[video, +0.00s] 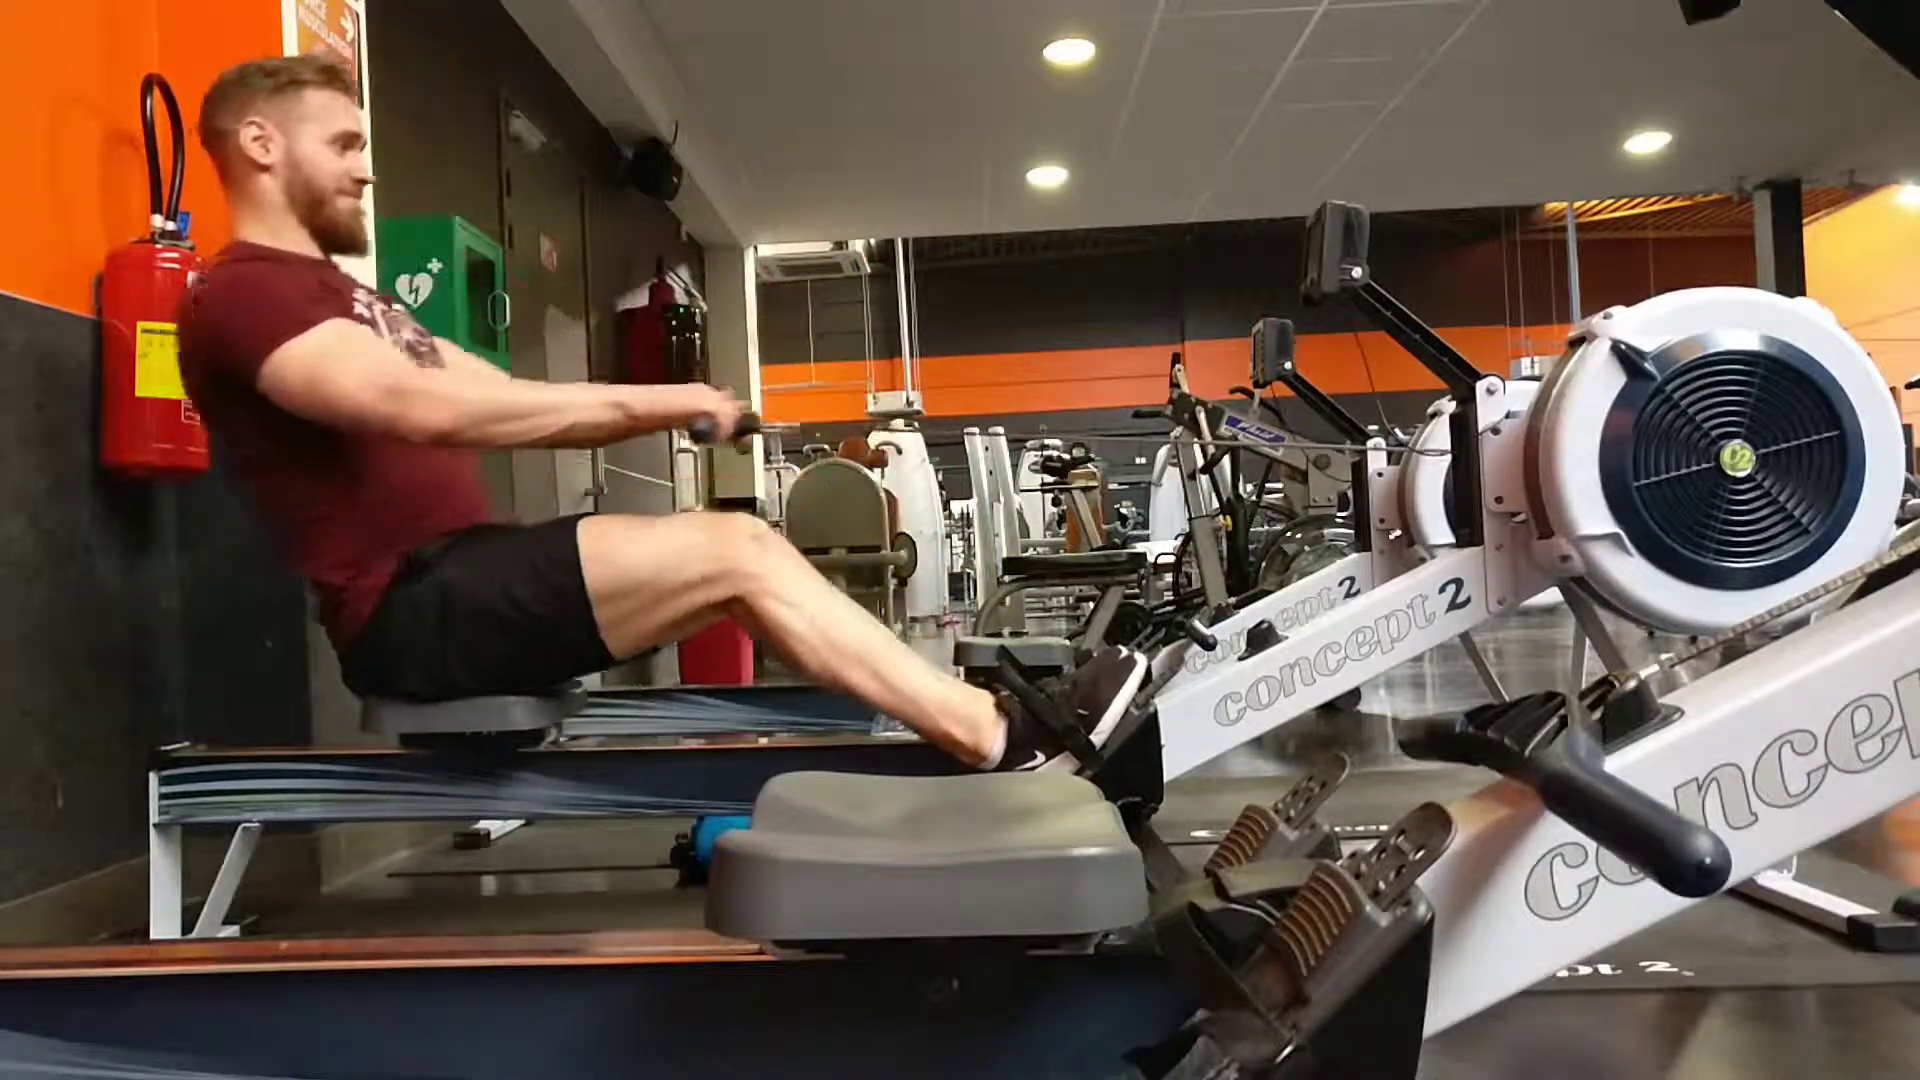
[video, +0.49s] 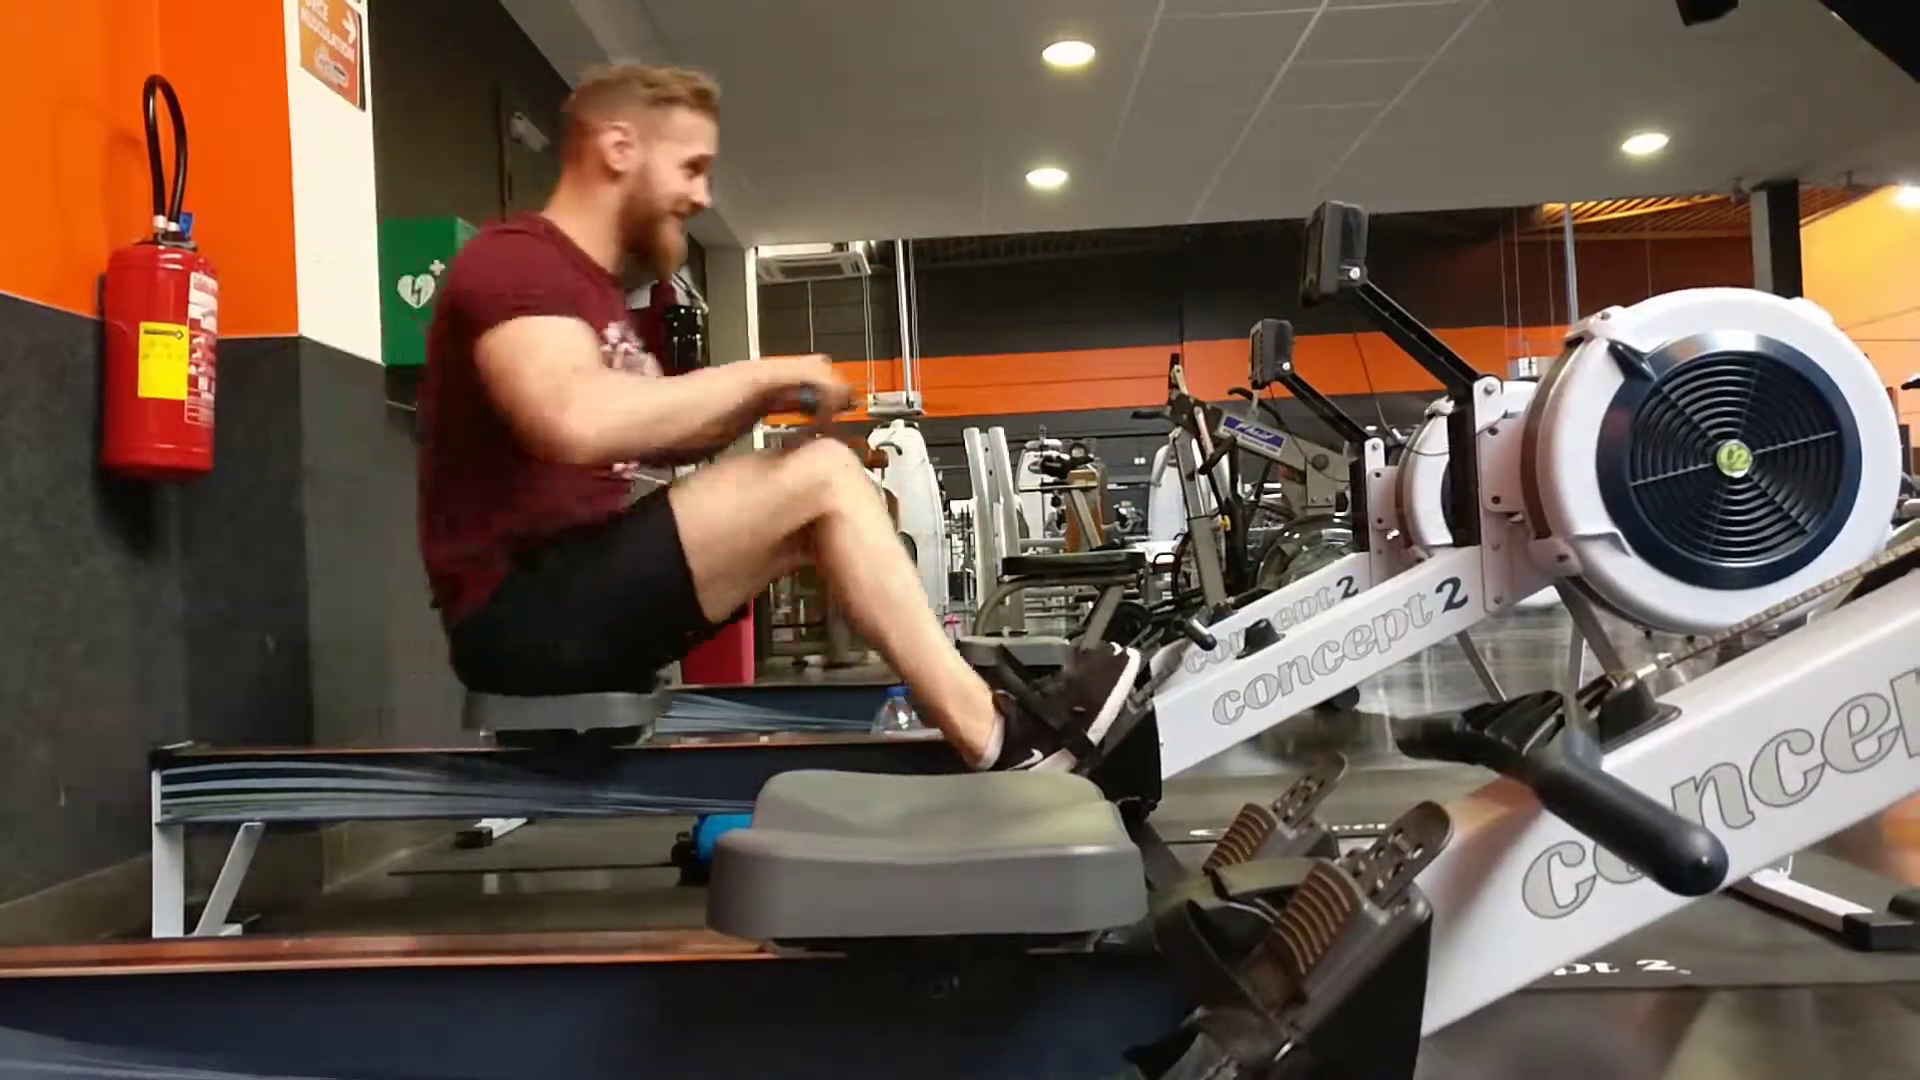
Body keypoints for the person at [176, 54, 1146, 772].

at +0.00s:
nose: (364, 166)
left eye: (361, 145)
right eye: (340, 142)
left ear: (291, 152)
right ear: (255, 151)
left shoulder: (334, 291)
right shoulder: (248, 290)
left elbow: (502, 406)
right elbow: (424, 410)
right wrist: (649, 405)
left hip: (459, 580)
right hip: (413, 606)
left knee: (749, 547)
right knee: (743, 549)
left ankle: (999, 730)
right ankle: (1000, 745)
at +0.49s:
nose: (702, 197)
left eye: (706, 174)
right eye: (692, 168)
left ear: (620, 153)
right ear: (615, 148)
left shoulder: (625, 303)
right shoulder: (511, 262)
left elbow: (644, 449)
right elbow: (571, 424)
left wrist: (755, 401)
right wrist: (764, 374)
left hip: (584, 600)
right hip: (523, 612)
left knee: (832, 471)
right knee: (821, 471)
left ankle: (983, 714)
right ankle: (984, 732)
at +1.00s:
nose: (951, 171)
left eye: (951, 145)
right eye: (940, 140)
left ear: (871, 137)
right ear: (870, 132)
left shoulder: (833, 258)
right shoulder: (832, 257)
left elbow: (1027, 405)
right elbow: (1056, 393)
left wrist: (1173, 473)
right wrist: (1237, 455)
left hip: (776, 609)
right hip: (769, 617)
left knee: (1007, 423)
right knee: (1003, 423)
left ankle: (998, 703)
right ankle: (991, 715)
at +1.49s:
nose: (485, 160)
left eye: (483, 137)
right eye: (466, 133)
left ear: (399, 137)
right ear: (382, 132)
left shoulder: (438, 276)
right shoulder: (361, 271)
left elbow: (583, 396)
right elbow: (548, 400)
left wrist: (750, 417)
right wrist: (754, 414)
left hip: (516, 583)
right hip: (477, 603)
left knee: (798, 488)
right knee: (788, 496)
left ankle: (992, 719)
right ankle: (991, 737)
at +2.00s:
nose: (721, 196)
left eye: (724, 172)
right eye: (711, 166)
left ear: (641, 153)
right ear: (635, 147)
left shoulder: (633, 299)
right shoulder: (541, 269)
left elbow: (713, 425)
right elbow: (676, 440)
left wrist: (864, 422)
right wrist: (872, 414)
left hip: (574, 606)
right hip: (522, 616)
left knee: (841, 471)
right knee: (825, 478)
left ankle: (980, 715)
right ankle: (983, 738)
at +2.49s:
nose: (847, 142)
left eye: (839, 119)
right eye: (826, 117)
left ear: (756, 122)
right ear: (754, 120)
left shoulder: (739, 253)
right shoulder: (721, 248)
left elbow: (920, 376)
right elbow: (923, 380)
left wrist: (1113, 429)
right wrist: (1125, 430)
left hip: (713, 598)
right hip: (701, 608)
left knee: (943, 427)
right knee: (940, 431)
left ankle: (995, 699)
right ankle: (992, 721)